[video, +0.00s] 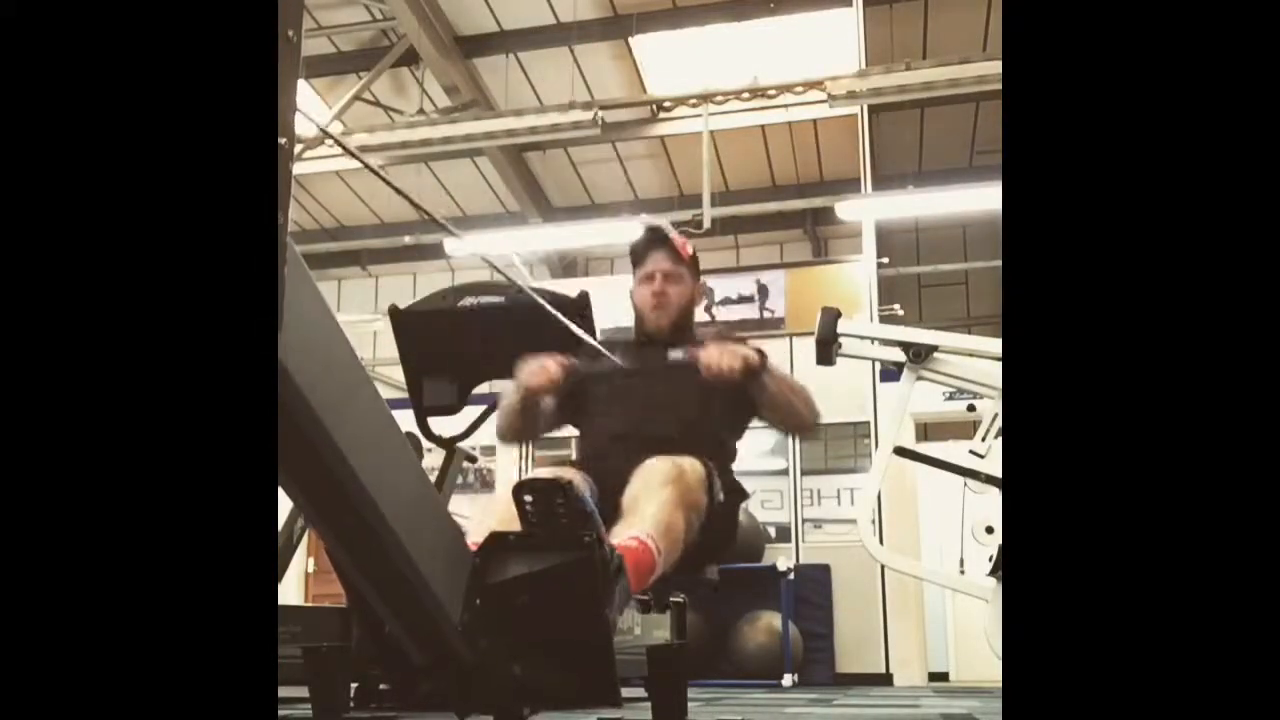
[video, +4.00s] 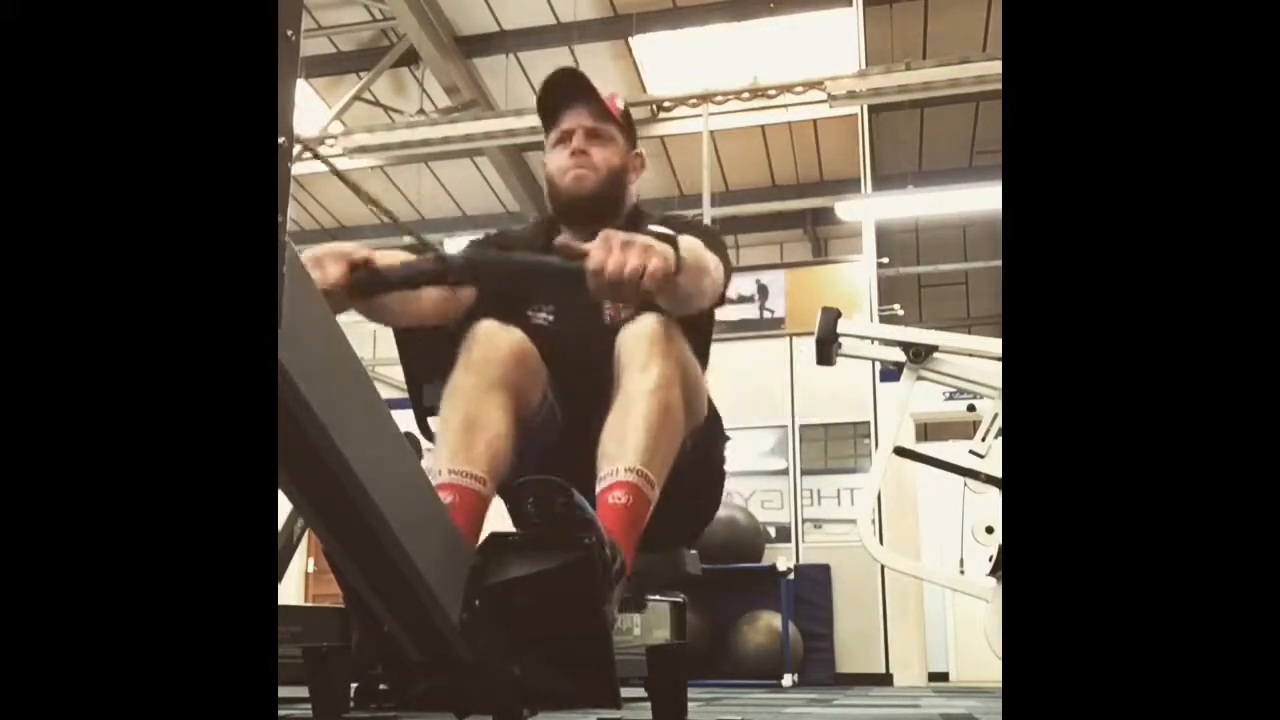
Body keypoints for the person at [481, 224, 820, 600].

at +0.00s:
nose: (658, 289)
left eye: (672, 279)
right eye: (647, 279)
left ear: (697, 292)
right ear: (633, 290)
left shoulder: (726, 355)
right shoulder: (596, 360)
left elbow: (804, 421)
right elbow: (514, 432)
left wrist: (753, 371)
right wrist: (526, 392)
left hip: (697, 499)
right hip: (596, 493)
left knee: (663, 475)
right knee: (538, 485)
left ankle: (608, 589)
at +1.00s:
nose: (655, 272)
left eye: (670, 262)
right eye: (643, 263)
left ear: (694, 277)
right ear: (627, 276)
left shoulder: (724, 345)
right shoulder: (594, 349)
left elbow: (787, 404)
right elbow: (511, 409)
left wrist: (747, 356)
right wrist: (513, 367)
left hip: (691, 488)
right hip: (592, 484)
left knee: (666, 462)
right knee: (533, 464)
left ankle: (609, 582)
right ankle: (470, 567)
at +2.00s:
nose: (647, 230)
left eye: (662, 222)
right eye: (636, 222)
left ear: (689, 238)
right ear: (622, 236)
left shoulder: (717, 303)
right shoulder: (590, 313)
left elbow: (764, 359)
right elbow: (514, 364)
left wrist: (728, 314)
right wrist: (490, 331)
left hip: (688, 476)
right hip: (582, 471)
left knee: (666, 424)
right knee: (521, 428)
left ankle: (609, 572)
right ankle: (451, 556)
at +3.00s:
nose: (619, 182)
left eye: (636, 175)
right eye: (606, 175)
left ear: (665, 196)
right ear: (588, 200)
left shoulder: (699, 267)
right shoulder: (556, 276)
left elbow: (735, 328)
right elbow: (478, 328)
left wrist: (697, 287)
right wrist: (429, 307)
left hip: (676, 477)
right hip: (562, 474)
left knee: (664, 395)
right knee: (508, 398)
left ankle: (612, 568)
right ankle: (446, 557)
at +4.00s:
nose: (577, 146)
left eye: (597, 137)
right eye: (563, 140)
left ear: (634, 163)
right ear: (545, 167)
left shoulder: (679, 240)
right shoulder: (512, 248)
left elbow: (704, 282)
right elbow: (440, 292)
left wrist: (662, 265)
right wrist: (364, 280)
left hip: (661, 484)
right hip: (543, 481)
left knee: (652, 332)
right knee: (493, 339)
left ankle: (607, 557)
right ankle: (444, 552)